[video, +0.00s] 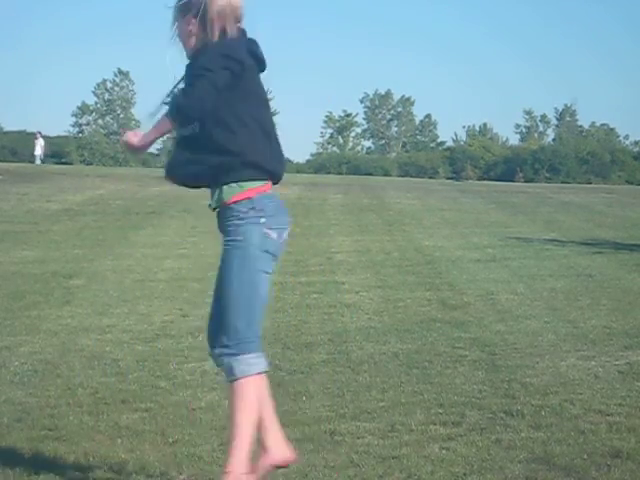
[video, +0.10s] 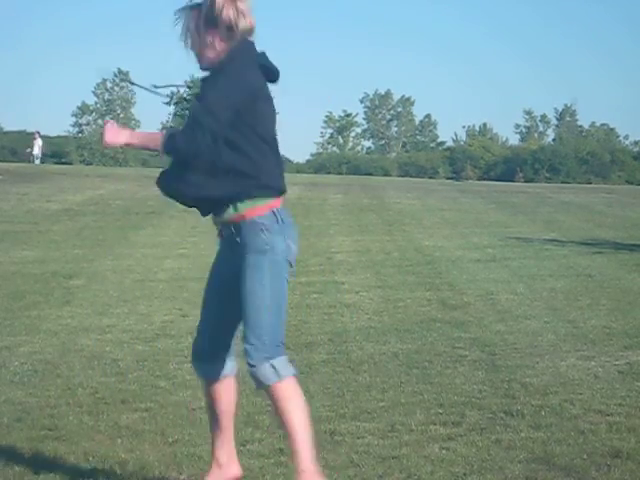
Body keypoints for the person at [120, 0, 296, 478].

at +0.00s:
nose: (179, 37)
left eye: (180, 28)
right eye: (179, 29)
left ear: (195, 24)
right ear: (215, 22)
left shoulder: (218, 59)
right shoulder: (228, 58)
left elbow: (186, 106)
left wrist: (144, 139)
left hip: (252, 218)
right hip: (245, 215)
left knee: (241, 344)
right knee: (227, 338)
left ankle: (237, 468)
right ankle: (276, 444)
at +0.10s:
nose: (192, 44)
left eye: (196, 34)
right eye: (191, 35)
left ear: (218, 34)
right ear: (227, 34)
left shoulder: (235, 75)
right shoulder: (228, 76)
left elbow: (197, 142)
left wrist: (131, 137)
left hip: (264, 230)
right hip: (236, 233)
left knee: (266, 355)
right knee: (211, 354)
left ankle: (310, 470)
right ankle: (225, 464)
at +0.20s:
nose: (203, 68)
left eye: (209, 59)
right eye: (205, 59)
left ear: (236, 64)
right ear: (234, 64)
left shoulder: (258, 110)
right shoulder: (223, 116)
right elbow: (206, 202)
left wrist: (200, 144)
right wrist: (204, 146)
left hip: (271, 266)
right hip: (227, 271)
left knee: (293, 388)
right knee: (187, 384)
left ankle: (342, 474)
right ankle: (229, 472)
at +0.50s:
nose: (251, 45)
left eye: (261, 35)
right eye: (244, 35)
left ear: (285, 36)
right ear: (236, 36)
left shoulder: (300, 78)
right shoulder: (223, 77)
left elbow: (312, 155)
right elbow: (185, 134)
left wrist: (257, 178)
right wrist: (213, 153)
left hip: (297, 226)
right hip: (252, 235)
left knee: (312, 353)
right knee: (211, 350)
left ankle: (353, 468)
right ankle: (221, 459)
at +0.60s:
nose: (262, 57)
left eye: (273, 48)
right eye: (255, 47)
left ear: (296, 49)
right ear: (247, 50)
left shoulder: (307, 106)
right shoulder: (229, 103)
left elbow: (327, 193)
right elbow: (199, 177)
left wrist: (288, 165)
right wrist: (213, 153)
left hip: (309, 247)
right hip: (261, 256)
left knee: (320, 373)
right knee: (213, 364)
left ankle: (366, 473)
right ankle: (214, 469)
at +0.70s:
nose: (270, 84)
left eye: (280, 75)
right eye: (264, 75)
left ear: (304, 79)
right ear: (257, 79)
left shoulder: (317, 141)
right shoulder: (232, 134)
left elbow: (329, 223)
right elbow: (200, 199)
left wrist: (274, 239)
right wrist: (216, 246)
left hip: (314, 276)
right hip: (264, 286)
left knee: (319, 399)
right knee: (200, 385)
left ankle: (367, 475)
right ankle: (218, 475)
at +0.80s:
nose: (272, 82)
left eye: (283, 74)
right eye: (266, 72)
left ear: (307, 79)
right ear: (259, 74)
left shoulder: (316, 139)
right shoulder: (234, 128)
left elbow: (345, 221)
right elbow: (199, 198)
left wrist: (307, 244)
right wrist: (232, 221)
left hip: (313, 274)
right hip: (260, 281)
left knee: (320, 398)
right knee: (200, 391)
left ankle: (367, 475)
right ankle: (217, 477)